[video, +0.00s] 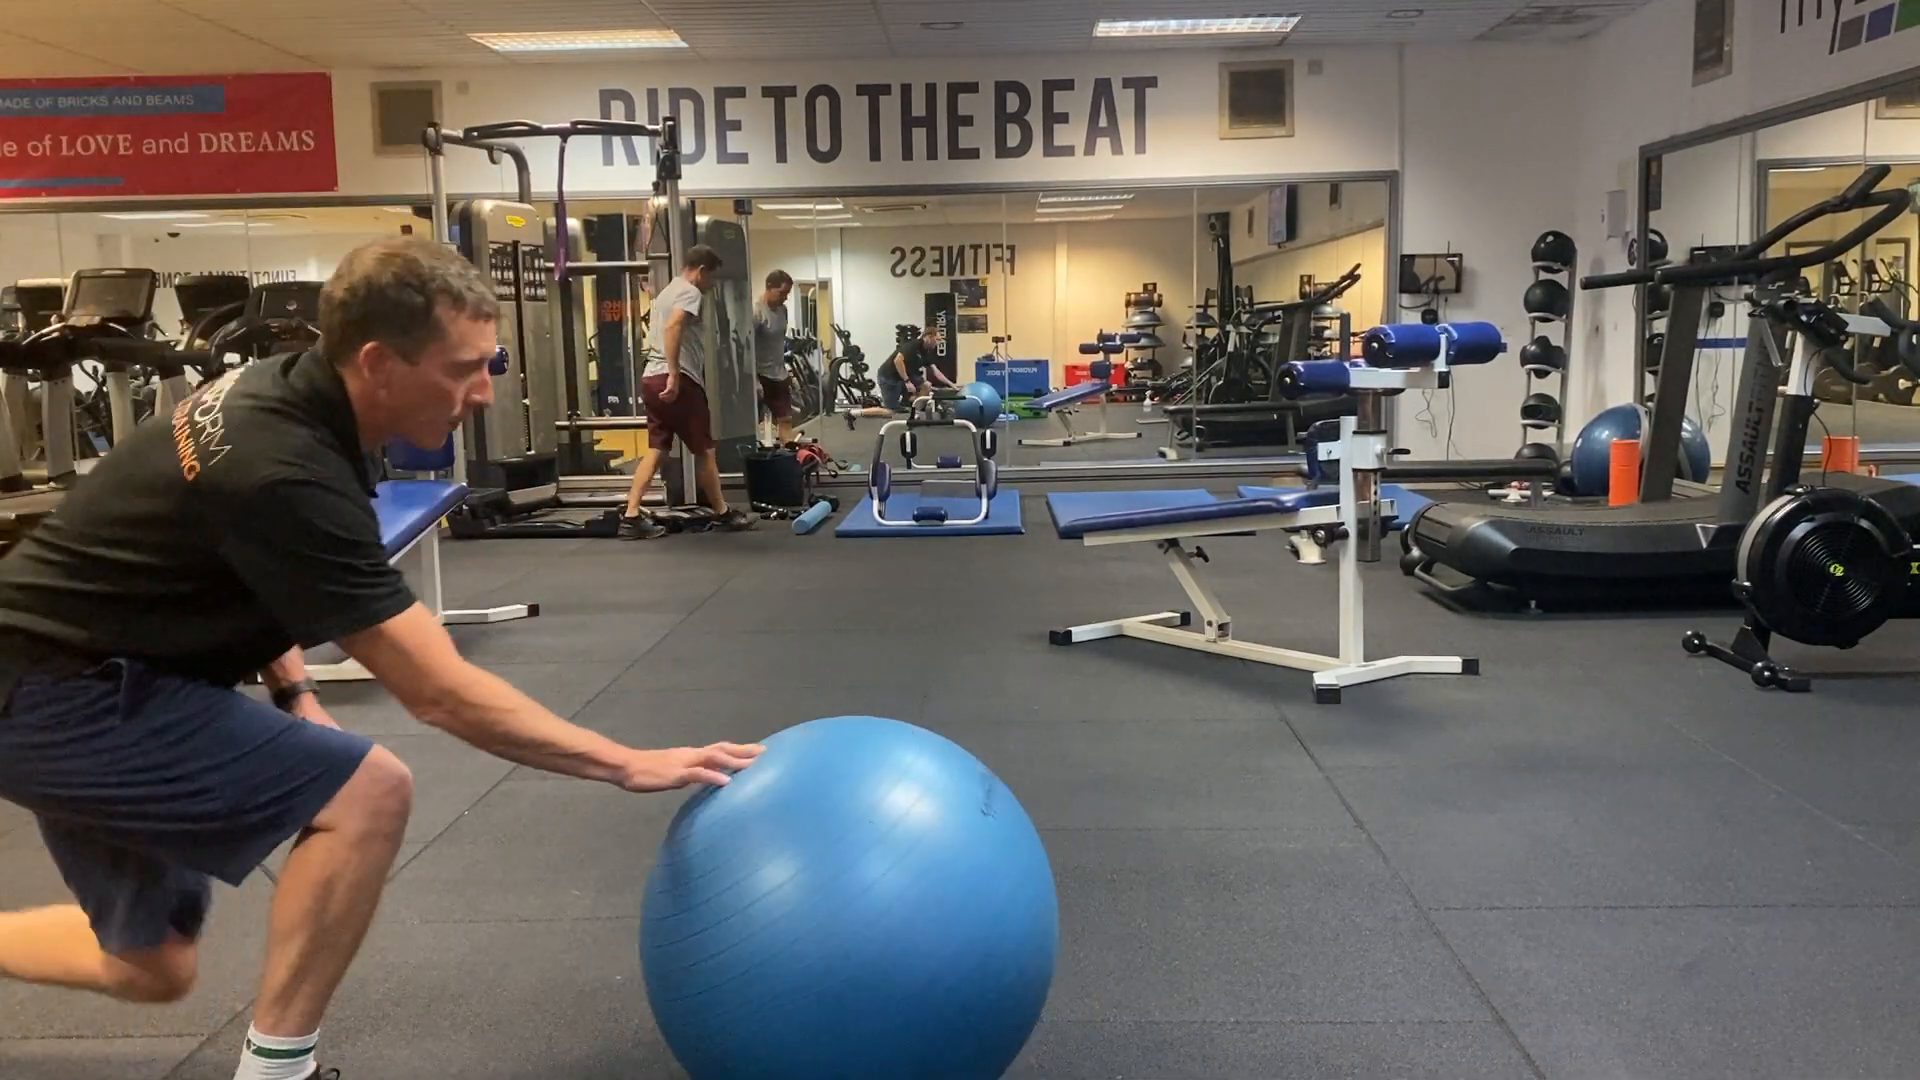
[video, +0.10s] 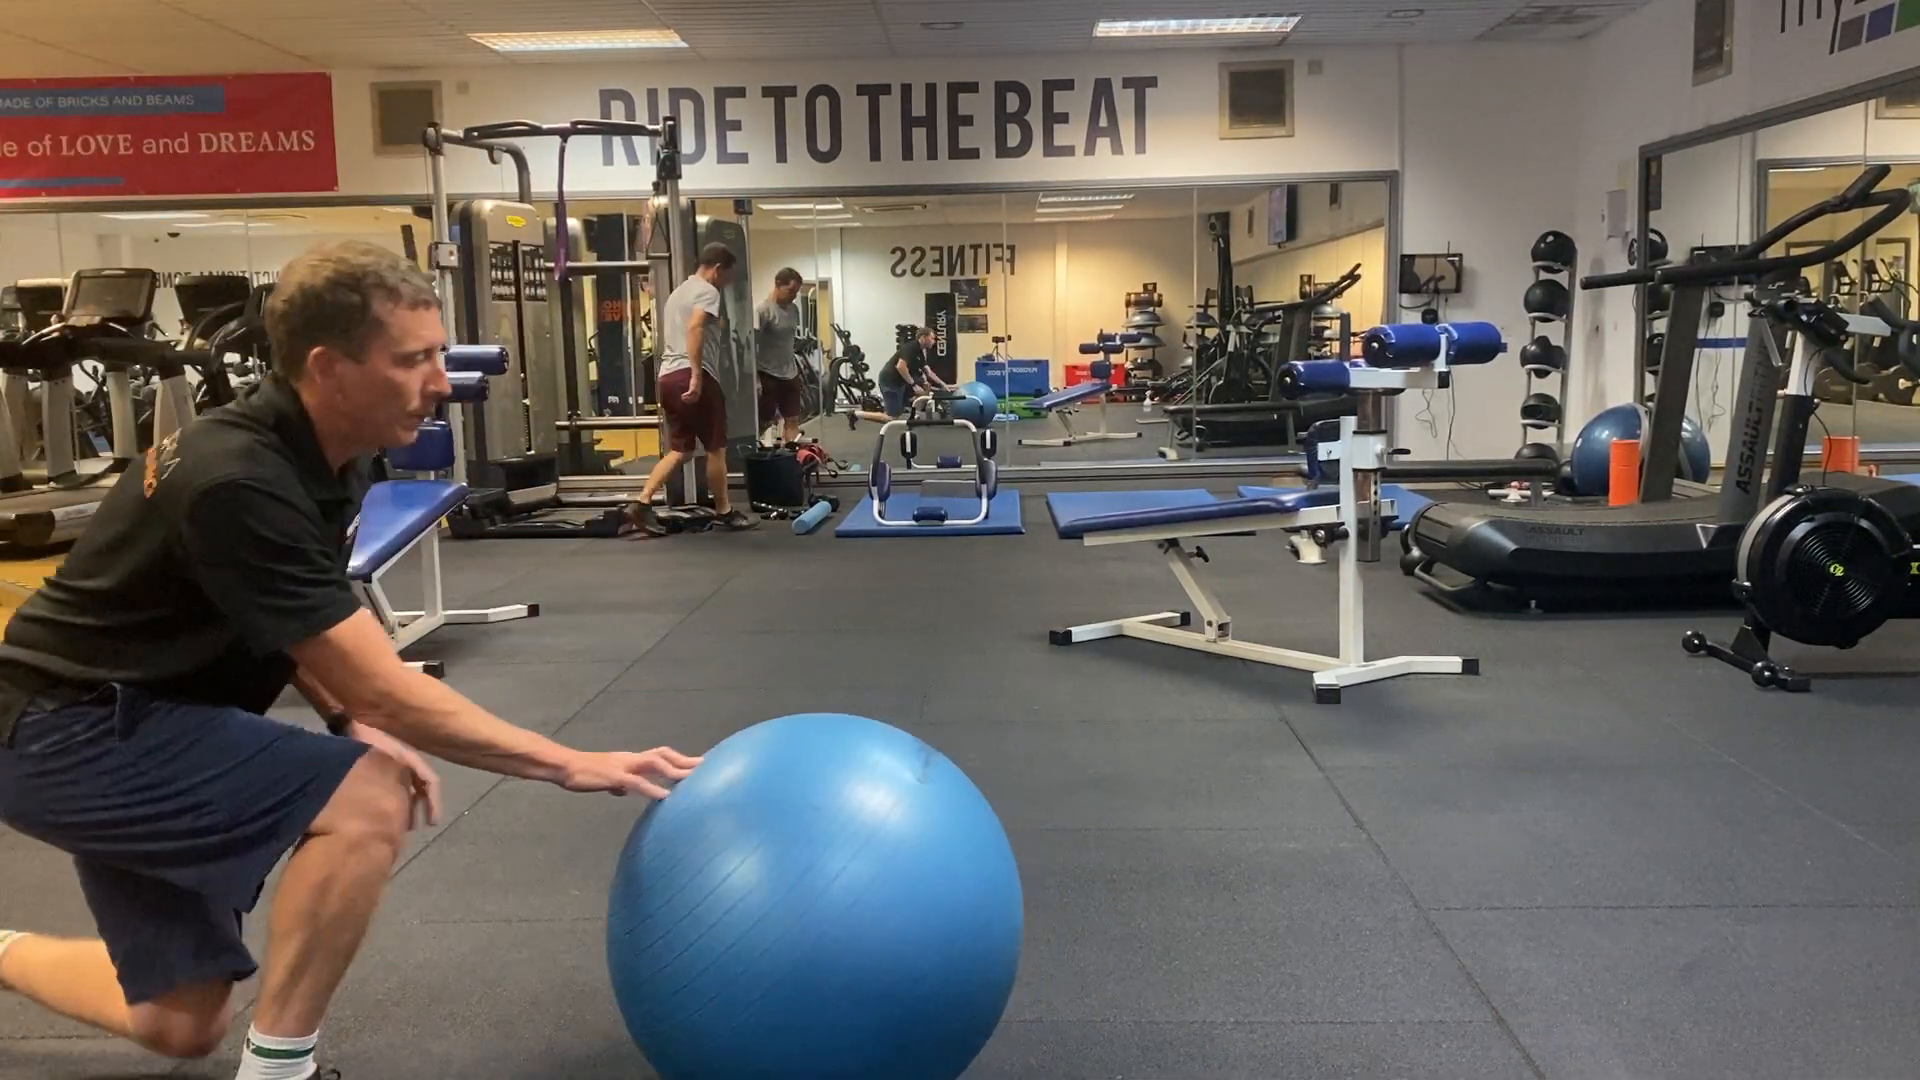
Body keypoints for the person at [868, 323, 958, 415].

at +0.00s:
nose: (937, 343)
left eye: (937, 340)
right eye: (936, 340)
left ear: (929, 338)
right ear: (928, 338)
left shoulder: (925, 351)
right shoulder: (913, 345)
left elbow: (935, 371)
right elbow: (898, 361)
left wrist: (951, 384)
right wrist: (907, 381)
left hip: (904, 376)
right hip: (888, 377)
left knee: (925, 387)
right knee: (892, 411)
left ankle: (902, 406)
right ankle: (859, 412)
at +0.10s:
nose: (933, 341)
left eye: (934, 339)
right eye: (932, 338)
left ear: (924, 338)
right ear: (923, 338)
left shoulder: (921, 351)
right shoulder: (911, 347)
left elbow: (927, 371)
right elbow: (901, 366)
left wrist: (944, 385)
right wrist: (914, 385)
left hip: (901, 381)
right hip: (890, 381)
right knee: (892, 417)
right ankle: (856, 414)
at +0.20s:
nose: (926, 340)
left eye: (926, 337)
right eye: (924, 337)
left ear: (917, 338)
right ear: (917, 338)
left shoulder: (913, 351)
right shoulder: (909, 349)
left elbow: (920, 372)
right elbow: (903, 372)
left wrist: (937, 386)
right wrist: (919, 386)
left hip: (900, 382)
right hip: (889, 385)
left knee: (923, 393)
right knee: (893, 420)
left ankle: (913, 419)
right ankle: (858, 414)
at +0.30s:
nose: (922, 337)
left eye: (922, 334)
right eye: (919, 334)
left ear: (912, 337)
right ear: (912, 336)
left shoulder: (911, 350)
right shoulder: (906, 350)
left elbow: (914, 370)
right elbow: (907, 373)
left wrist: (925, 385)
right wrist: (924, 385)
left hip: (897, 382)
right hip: (886, 385)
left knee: (919, 384)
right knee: (892, 420)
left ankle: (914, 416)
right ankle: (857, 414)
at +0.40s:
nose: (920, 338)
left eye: (920, 335)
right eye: (917, 335)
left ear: (909, 336)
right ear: (909, 335)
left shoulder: (906, 347)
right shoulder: (904, 349)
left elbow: (910, 373)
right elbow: (908, 375)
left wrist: (921, 388)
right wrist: (929, 382)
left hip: (893, 383)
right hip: (885, 385)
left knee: (913, 386)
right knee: (892, 421)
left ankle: (905, 414)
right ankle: (858, 414)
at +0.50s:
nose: (916, 337)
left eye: (916, 334)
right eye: (914, 334)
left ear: (906, 333)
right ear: (907, 333)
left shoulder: (897, 344)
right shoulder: (901, 347)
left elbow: (901, 373)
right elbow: (907, 371)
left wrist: (914, 384)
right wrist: (928, 381)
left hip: (895, 382)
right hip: (886, 386)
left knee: (910, 394)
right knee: (891, 421)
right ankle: (857, 414)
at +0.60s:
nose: (914, 336)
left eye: (914, 333)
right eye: (913, 333)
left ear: (904, 332)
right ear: (904, 332)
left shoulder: (897, 344)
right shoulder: (899, 347)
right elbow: (904, 373)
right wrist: (924, 383)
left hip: (897, 385)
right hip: (887, 386)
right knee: (892, 421)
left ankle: (874, 412)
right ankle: (857, 414)